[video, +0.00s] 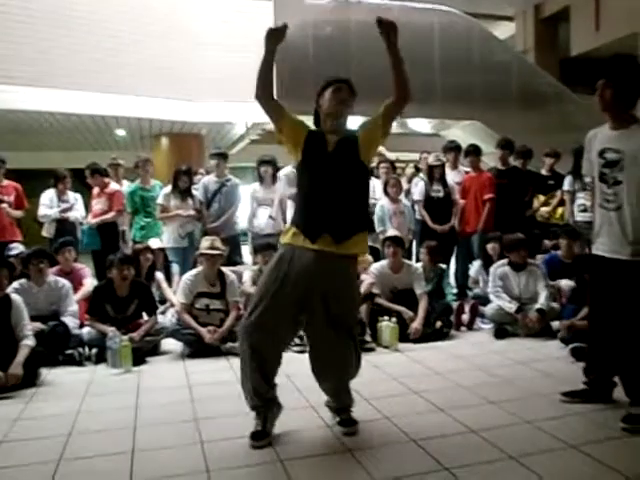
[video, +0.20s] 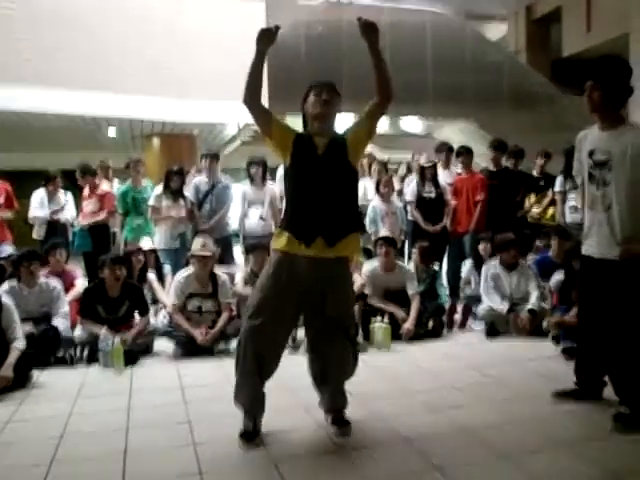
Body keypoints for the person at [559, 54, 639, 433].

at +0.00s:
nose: (600, 99)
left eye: (605, 92)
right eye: (599, 93)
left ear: (623, 96)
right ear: (602, 97)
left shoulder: (636, 136)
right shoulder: (594, 138)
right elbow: (588, 183)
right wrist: (586, 208)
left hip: (631, 251)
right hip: (602, 248)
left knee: (633, 329)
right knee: (600, 321)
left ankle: (637, 401)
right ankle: (599, 384)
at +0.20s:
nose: (588, 99)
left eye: (595, 92)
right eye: (588, 92)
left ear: (615, 95)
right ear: (592, 97)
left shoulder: (634, 140)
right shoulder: (584, 139)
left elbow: (639, 196)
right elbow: (579, 186)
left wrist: (636, 240)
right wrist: (577, 223)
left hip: (625, 251)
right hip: (592, 247)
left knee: (625, 328)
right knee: (590, 321)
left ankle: (631, 401)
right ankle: (588, 383)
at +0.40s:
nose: (588, 69)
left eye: (594, 61)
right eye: (587, 62)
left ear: (615, 64)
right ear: (591, 67)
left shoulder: (633, 109)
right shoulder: (584, 110)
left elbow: (638, 165)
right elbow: (579, 158)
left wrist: (634, 208)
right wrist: (576, 195)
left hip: (624, 220)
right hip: (590, 217)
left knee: (624, 298)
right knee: (589, 292)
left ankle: (632, 370)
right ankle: (588, 354)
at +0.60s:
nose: (588, 67)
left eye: (594, 60)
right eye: (588, 60)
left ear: (613, 63)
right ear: (594, 64)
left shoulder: (633, 107)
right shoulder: (585, 109)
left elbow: (639, 164)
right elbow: (580, 158)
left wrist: (634, 207)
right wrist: (574, 197)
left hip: (624, 218)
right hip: (591, 216)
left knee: (626, 295)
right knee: (590, 289)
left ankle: (634, 369)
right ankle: (590, 352)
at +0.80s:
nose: (597, 71)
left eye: (603, 63)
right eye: (595, 63)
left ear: (619, 64)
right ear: (597, 67)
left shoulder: (632, 109)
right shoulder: (593, 109)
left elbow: (633, 164)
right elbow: (584, 158)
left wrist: (634, 207)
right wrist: (574, 196)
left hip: (625, 218)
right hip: (594, 216)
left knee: (629, 299)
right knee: (595, 293)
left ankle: (635, 366)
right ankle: (596, 355)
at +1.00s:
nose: (584, 151)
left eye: (590, 143)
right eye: (584, 143)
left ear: (609, 146)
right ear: (588, 149)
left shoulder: (630, 188)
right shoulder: (583, 189)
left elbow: (636, 242)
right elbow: (579, 236)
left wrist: (633, 286)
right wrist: (573, 279)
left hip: (622, 296)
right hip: (591, 295)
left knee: (627, 376)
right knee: (597, 374)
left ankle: (631, 439)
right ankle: (606, 437)